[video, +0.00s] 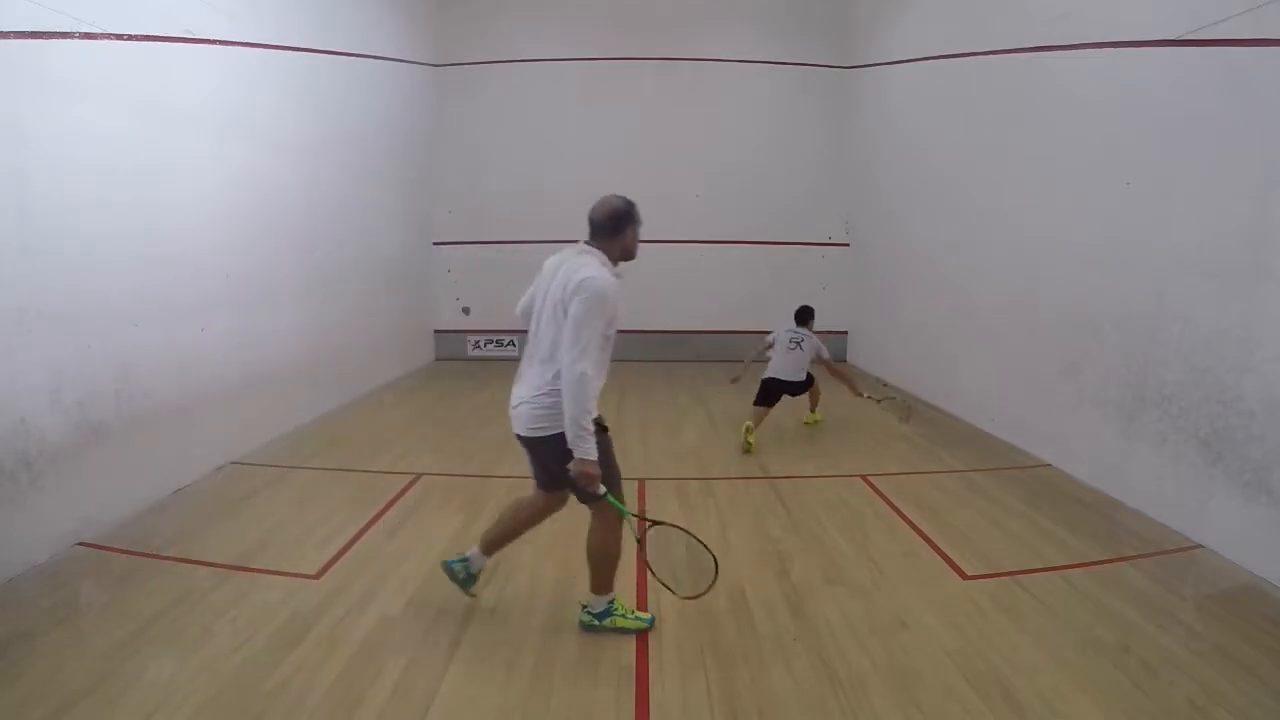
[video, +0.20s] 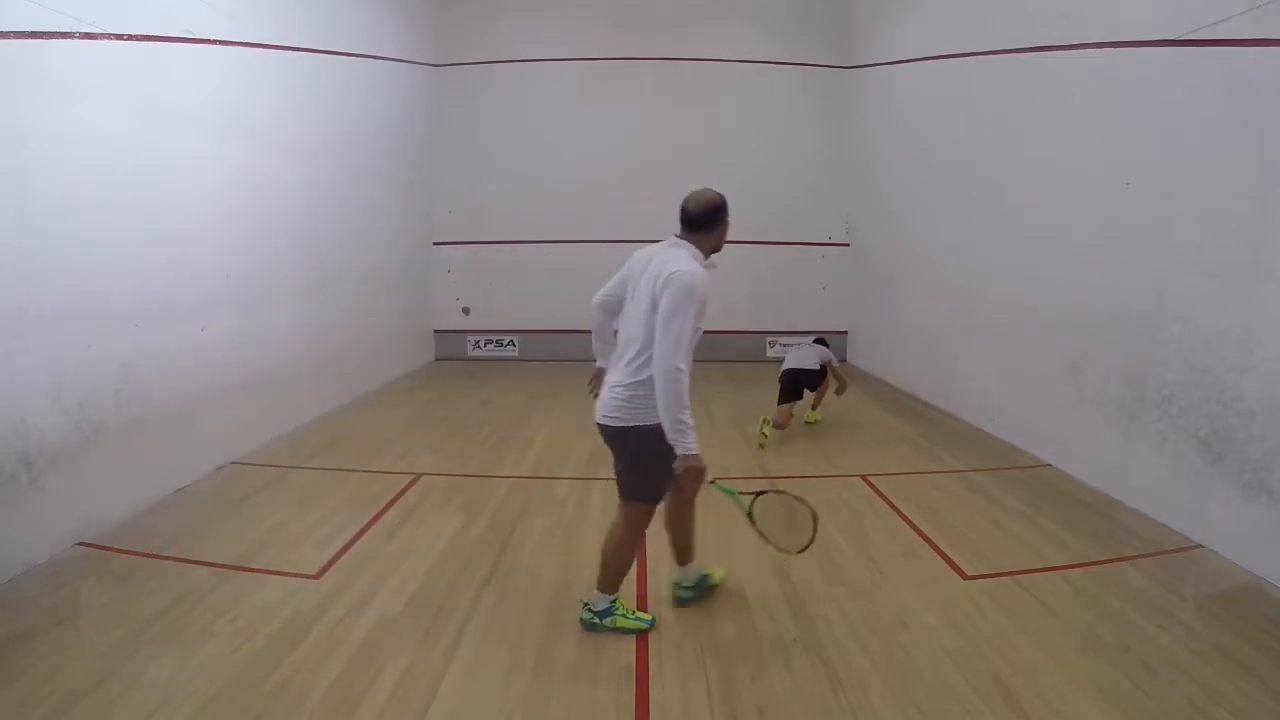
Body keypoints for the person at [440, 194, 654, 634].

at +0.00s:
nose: (639, 238)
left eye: (638, 231)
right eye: (636, 231)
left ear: (595, 229)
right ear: (621, 234)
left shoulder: (560, 261)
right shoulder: (598, 283)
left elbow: (523, 314)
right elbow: (579, 373)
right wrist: (584, 452)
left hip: (531, 413)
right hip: (563, 419)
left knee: (551, 495)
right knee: (609, 508)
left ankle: (471, 562)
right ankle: (600, 606)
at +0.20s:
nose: (728, 233)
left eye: (727, 225)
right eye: (727, 226)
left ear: (682, 224)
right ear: (720, 230)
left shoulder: (649, 256)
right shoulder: (688, 276)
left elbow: (604, 304)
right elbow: (670, 367)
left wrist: (604, 362)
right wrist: (686, 447)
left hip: (624, 408)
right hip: (639, 417)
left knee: (687, 477)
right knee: (638, 510)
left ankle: (687, 578)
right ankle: (600, 605)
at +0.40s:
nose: (811, 243)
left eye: (808, 238)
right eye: (811, 238)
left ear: (765, 239)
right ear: (806, 244)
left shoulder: (736, 276)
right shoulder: (787, 295)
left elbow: (686, 326)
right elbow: (782, 385)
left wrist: (668, 374)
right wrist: (804, 461)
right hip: (736, 435)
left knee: (789, 493)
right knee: (718, 529)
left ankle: (805, 586)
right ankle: (627, 590)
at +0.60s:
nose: (894, 235)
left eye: (887, 228)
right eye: (894, 229)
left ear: (847, 232)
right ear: (889, 236)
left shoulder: (820, 267)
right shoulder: (875, 291)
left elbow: (781, 322)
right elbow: (879, 384)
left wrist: (801, 371)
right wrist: (905, 450)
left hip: (798, 419)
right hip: (829, 429)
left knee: (839, 497)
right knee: (879, 520)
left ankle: (811, 582)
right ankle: (797, 589)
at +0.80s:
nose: (987, 238)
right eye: (986, 232)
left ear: (940, 234)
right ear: (983, 239)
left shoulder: (910, 269)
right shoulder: (967, 296)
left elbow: (871, 321)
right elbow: (973, 394)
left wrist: (901, 369)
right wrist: (1006, 461)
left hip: (873, 420)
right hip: (915, 435)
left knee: (869, 499)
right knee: (972, 528)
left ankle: (816, 584)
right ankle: (994, 629)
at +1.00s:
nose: (1096, 248)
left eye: (1094, 240)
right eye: (1096, 240)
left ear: (1050, 235)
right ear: (1087, 243)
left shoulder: (1008, 271)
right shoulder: (1066, 302)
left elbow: (968, 327)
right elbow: (1071, 404)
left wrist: (1014, 362)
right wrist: (1104, 479)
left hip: (979, 429)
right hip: (1017, 443)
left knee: (998, 514)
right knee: (1048, 539)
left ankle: (905, 572)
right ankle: (1018, 637)